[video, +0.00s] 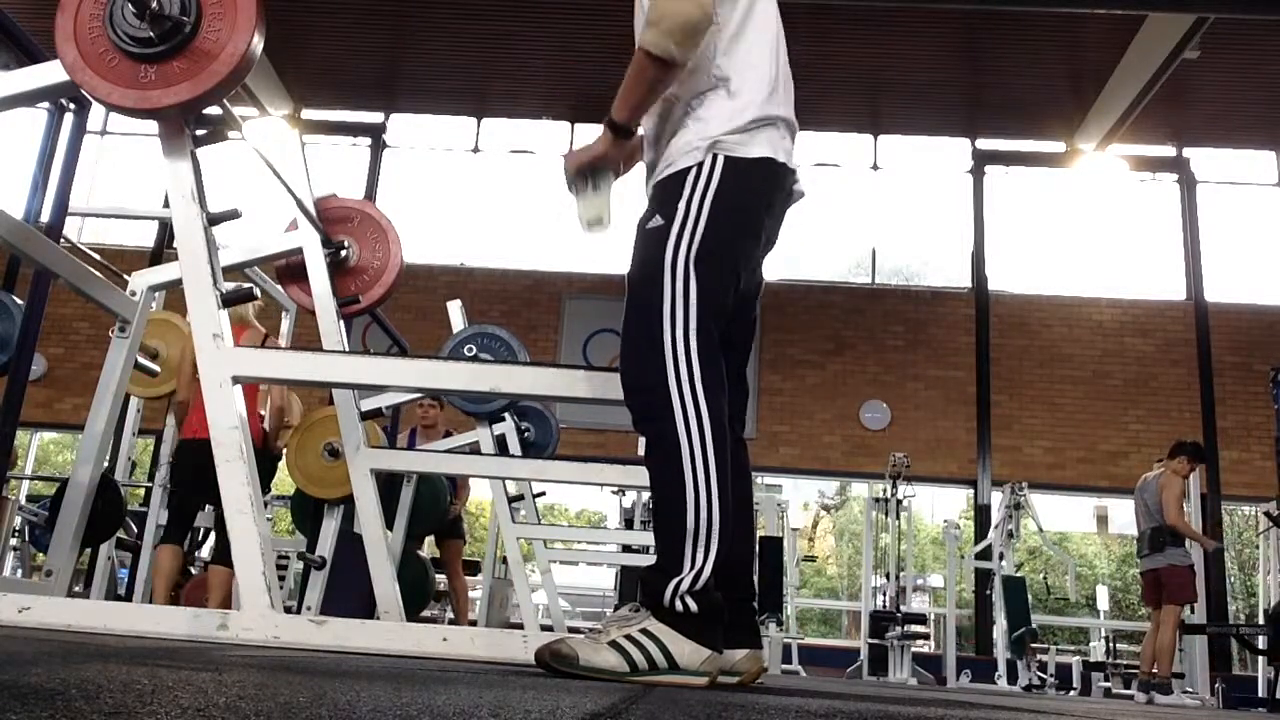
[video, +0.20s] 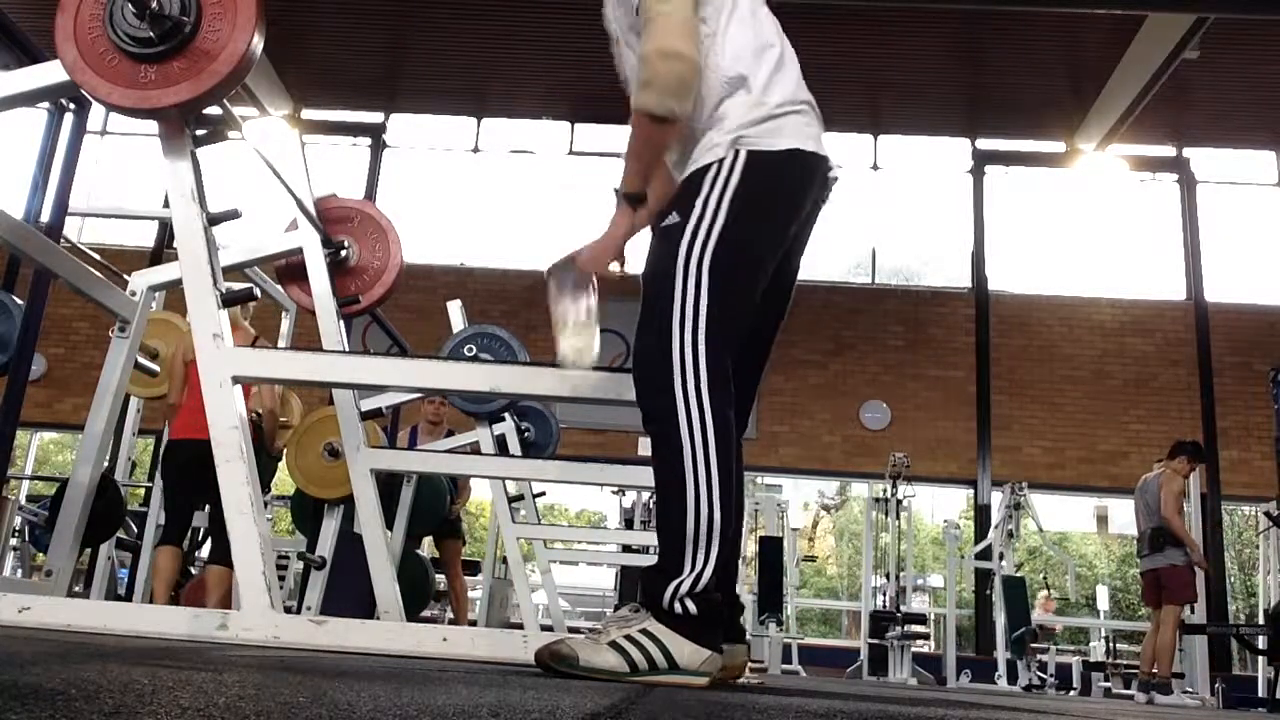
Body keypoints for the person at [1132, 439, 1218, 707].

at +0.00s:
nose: (1190, 475)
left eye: (1193, 471)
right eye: (1191, 469)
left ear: (1174, 459)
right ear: (1181, 461)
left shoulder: (1143, 480)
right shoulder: (1172, 480)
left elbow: (1143, 526)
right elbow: (1173, 519)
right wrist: (1203, 539)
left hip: (1148, 563)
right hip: (1172, 561)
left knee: (1157, 623)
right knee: (1169, 623)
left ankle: (1143, 684)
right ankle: (1163, 687)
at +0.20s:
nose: (1190, 475)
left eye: (1193, 470)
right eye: (1191, 469)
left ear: (1173, 459)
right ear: (1182, 461)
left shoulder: (1144, 481)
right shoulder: (1173, 479)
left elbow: (1143, 526)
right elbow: (1170, 516)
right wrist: (1195, 549)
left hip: (1149, 564)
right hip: (1172, 562)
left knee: (1156, 625)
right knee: (1168, 625)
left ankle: (1143, 685)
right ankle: (1163, 688)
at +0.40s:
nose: (1191, 474)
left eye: (1193, 469)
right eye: (1192, 468)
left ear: (1174, 458)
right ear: (1183, 460)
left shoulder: (1146, 480)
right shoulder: (1173, 478)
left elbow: (1144, 523)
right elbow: (1166, 512)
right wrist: (1181, 545)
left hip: (1149, 563)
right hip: (1170, 560)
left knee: (1156, 624)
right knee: (1168, 625)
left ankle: (1143, 684)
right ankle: (1163, 687)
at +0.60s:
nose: (1192, 473)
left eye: (1194, 468)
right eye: (1193, 467)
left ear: (1174, 459)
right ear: (1183, 460)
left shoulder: (1146, 480)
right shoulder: (1173, 479)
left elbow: (1146, 523)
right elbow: (1167, 517)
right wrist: (1181, 550)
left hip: (1148, 563)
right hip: (1170, 560)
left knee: (1156, 624)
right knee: (1168, 624)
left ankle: (1143, 684)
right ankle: (1163, 687)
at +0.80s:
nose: (1192, 471)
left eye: (1194, 466)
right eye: (1193, 465)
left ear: (1173, 458)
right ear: (1183, 459)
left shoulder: (1146, 480)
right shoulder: (1175, 480)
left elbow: (1146, 523)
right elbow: (1169, 517)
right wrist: (1185, 552)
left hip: (1148, 563)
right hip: (1170, 561)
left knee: (1156, 624)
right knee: (1168, 624)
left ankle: (1143, 685)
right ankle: (1163, 687)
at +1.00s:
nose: (1192, 469)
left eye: (1194, 464)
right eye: (1193, 463)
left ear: (1172, 457)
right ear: (1183, 458)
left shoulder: (1146, 480)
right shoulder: (1175, 480)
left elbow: (1147, 523)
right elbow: (1171, 519)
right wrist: (1187, 551)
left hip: (1148, 562)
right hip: (1170, 560)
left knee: (1155, 624)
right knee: (1168, 625)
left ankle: (1143, 685)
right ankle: (1163, 687)